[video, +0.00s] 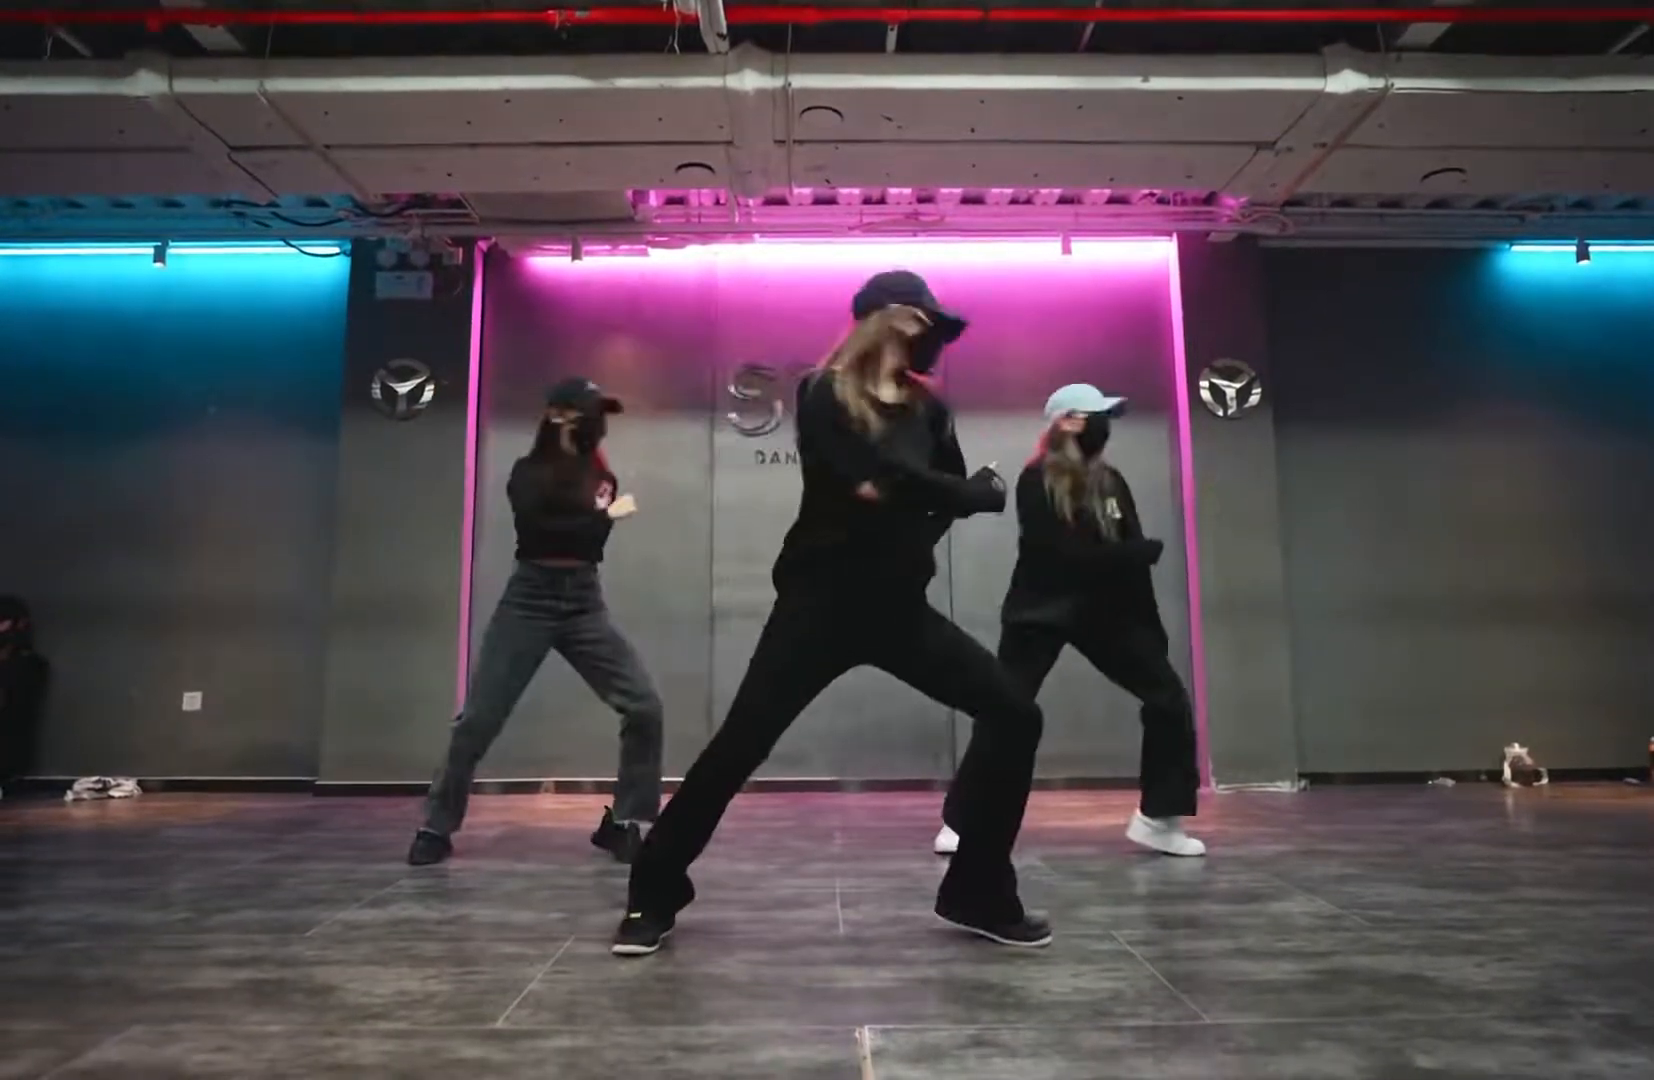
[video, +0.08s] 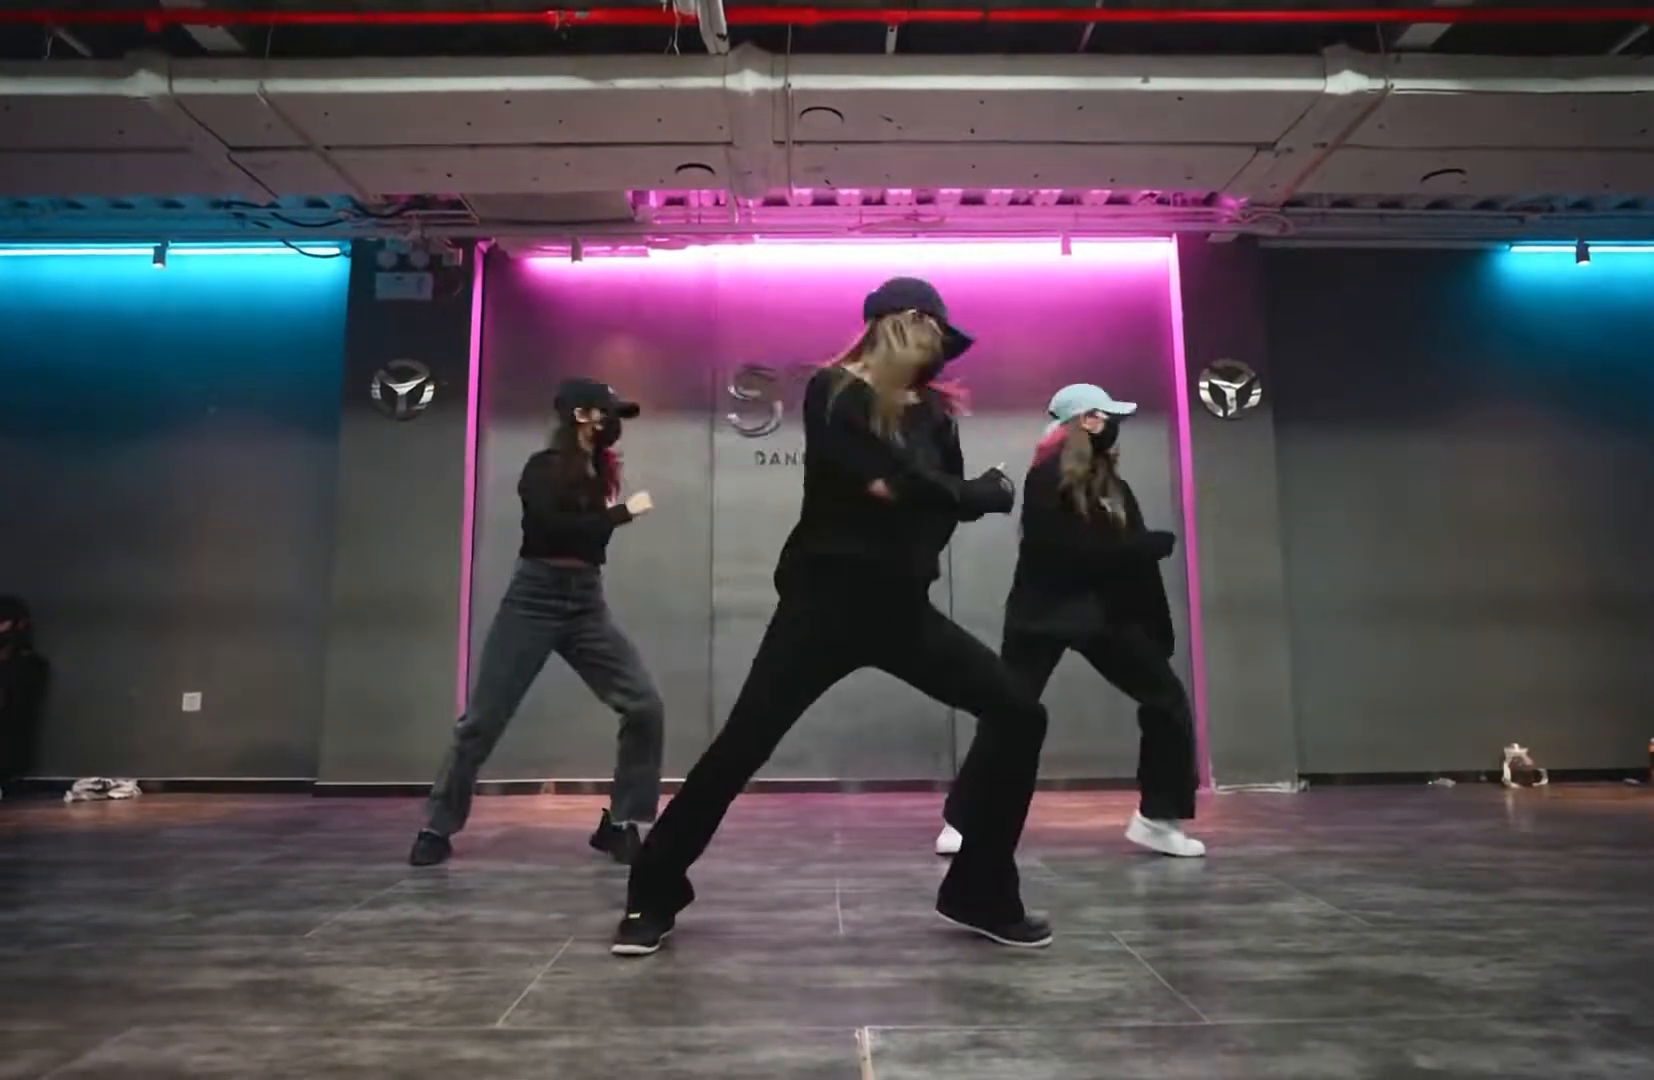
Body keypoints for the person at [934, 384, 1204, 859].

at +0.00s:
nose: (1107, 424)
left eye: (1106, 417)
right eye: (1097, 416)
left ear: (1088, 424)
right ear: (1067, 422)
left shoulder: (1109, 481)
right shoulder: (1038, 479)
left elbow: (1131, 560)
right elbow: (1054, 550)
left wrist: (1149, 629)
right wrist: (1136, 550)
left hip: (1103, 615)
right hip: (1040, 613)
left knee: (1169, 700)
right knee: (1004, 708)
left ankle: (1157, 818)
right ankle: (959, 822)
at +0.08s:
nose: (1116, 429)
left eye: (1115, 421)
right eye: (1109, 421)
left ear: (1089, 421)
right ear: (1085, 422)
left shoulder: (1109, 483)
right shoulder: (1049, 474)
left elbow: (1134, 570)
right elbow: (1059, 548)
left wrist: (1156, 633)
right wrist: (1144, 546)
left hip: (1097, 616)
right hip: (1040, 617)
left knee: (1167, 698)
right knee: (1008, 710)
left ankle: (1157, 818)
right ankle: (960, 821)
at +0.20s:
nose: (1111, 430)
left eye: (1112, 423)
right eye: (1105, 422)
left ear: (1084, 422)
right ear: (1078, 422)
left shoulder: (1095, 471)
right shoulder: (1046, 470)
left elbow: (1115, 539)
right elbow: (1056, 544)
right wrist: (1137, 542)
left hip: (1095, 619)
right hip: (1039, 619)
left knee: (1166, 698)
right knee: (1006, 711)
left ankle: (1157, 819)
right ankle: (960, 822)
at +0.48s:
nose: (1073, 425)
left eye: (1079, 418)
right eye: (1063, 418)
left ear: (1088, 423)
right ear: (1042, 424)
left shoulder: (1107, 479)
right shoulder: (1027, 477)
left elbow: (1126, 542)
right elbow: (1034, 540)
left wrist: (1086, 525)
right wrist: (1106, 539)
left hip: (1100, 620)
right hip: (1031, 621)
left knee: (1159, 706)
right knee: (1001, 716)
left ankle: (1157, 825)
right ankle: (960, 827)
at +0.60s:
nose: (1068, 429)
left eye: (1075, 421)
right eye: (1057, 422)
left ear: (1085, 427)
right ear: (1038, 428)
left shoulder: (1101, 486)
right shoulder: (1024, 484)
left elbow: (1116, 558)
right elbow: (1015, 554)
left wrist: (1131, 627)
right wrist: (1014, 610)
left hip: (1098, 624)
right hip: (1034, 625)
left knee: (1156, 707)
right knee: (1001, 719)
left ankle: (1157, 828)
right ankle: (961, 829)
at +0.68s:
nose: (1068, 430)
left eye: (1074, 422)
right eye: (1057, 422)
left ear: (1084, 429)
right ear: (1037, 430)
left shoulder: (1102, 492)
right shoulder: (1018, 490)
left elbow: (1114, 566)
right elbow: (985, 556)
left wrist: (1162, 593)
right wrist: (945, 593)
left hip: (1096, 625)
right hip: (1027, 625)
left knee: (1159, 708)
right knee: (996, 721)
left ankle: (1158, 830)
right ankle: (961, 832)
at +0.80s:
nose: (1062, 439)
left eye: (1069, 430)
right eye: (1052, 431)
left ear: (1080, 436)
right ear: (1033, 436)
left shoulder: (1103, 489)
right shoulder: (1006, 490)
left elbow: (1145, 517)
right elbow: (951, 519)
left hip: (1097, 624)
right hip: (1022, 626)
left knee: (1157, 709)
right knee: (997, 720)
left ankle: (1158, 825)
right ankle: (955, 828)